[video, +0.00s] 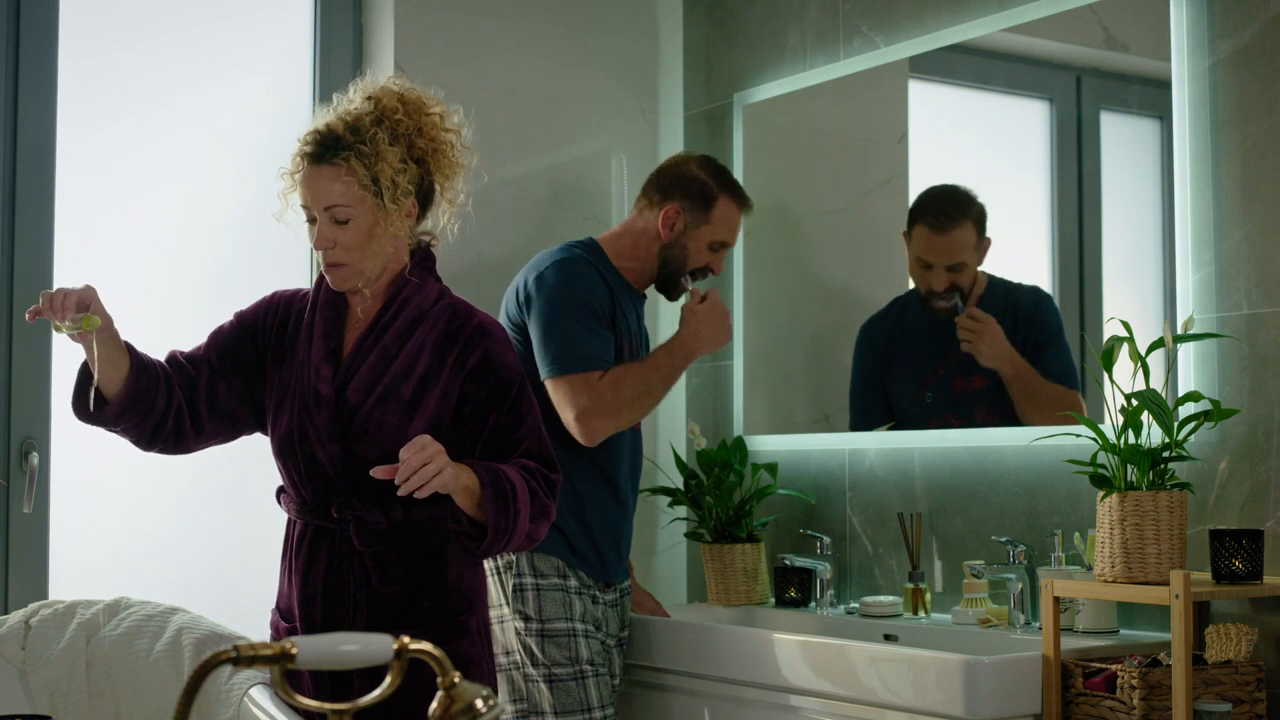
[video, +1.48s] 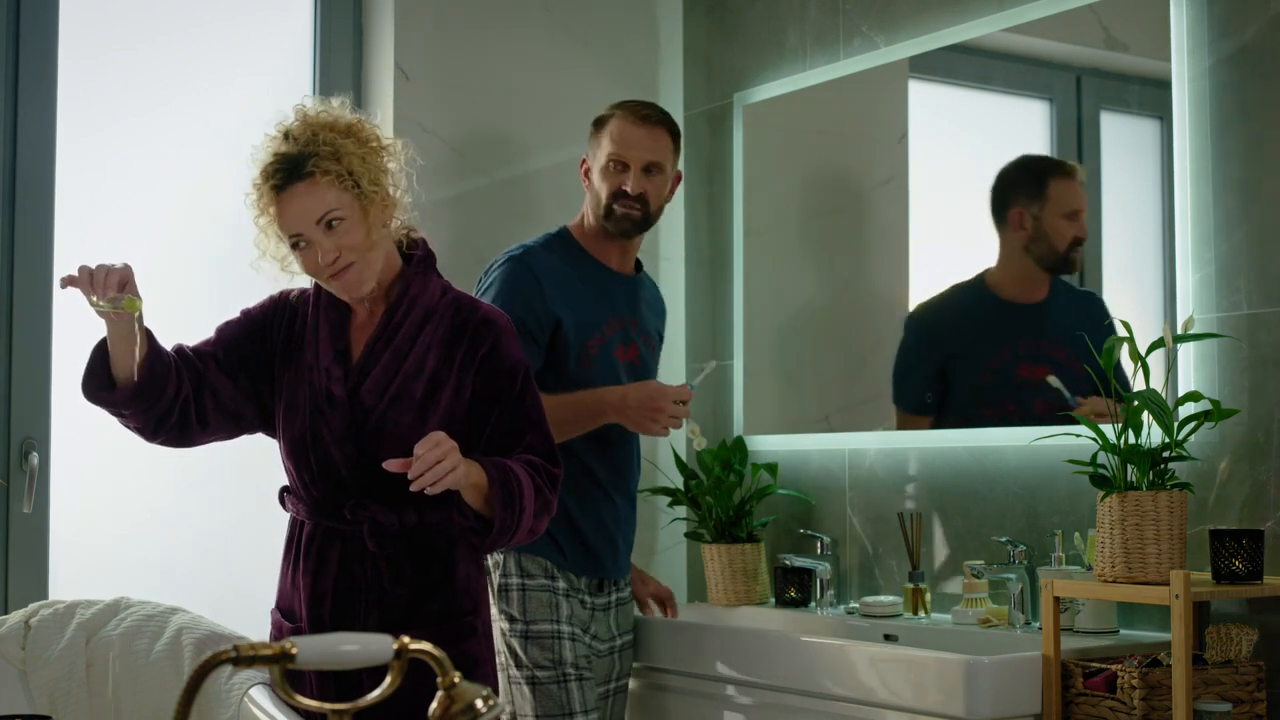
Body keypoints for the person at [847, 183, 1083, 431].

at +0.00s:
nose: (939, 284)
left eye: (956, 269)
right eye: (925, 266)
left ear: (983, 250)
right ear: (907, 246)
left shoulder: (1031, 311)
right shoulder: (880, 335)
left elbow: (1069, 424)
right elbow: (867, 447)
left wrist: (1007, 361)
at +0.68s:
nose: (965, 255)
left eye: (975, 236)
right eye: (947, 239)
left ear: (984, 231)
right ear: (912, 240)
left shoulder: (1030, 309)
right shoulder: (878, 335)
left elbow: (1068, 426)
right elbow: (869, 452)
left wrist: (1010, 357)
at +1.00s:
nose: (991, 244)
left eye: (999, 228)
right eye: (974, 227)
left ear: (1006, 227)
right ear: (932, 227)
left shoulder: (1039, 311)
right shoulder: (884, 330)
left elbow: (1082, 423)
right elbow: (871, 449)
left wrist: (1026, 381)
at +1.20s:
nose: (1019, 239)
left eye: (1023, 225)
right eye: (1004, 223)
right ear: (955, 223)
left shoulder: (1053, 313)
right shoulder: (898, 328)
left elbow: (1102, 419)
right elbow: (880, 446)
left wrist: (1061, 404)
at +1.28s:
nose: (1033, 236)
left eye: (1036, 222)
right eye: (1018, 220)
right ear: (968, 223)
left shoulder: (1063, 314)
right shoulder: (905, 326)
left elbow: (1111, 419)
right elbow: (885, 443)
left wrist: (1079, 410)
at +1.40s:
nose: (1061, 234)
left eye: (1061, 219)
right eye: (1047, 217)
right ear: (995, 222)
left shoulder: (1077, 314)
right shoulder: (920, 323)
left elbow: (1119, 415)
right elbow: (901, 442)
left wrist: (1107, 417)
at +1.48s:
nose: (1083, 234)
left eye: (1082, 219)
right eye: (1070, 218)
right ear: (1020, 221)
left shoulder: (1088, 313)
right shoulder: (933, 324)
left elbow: (1128, 415)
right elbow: (911, 451)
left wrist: (1114, 415)